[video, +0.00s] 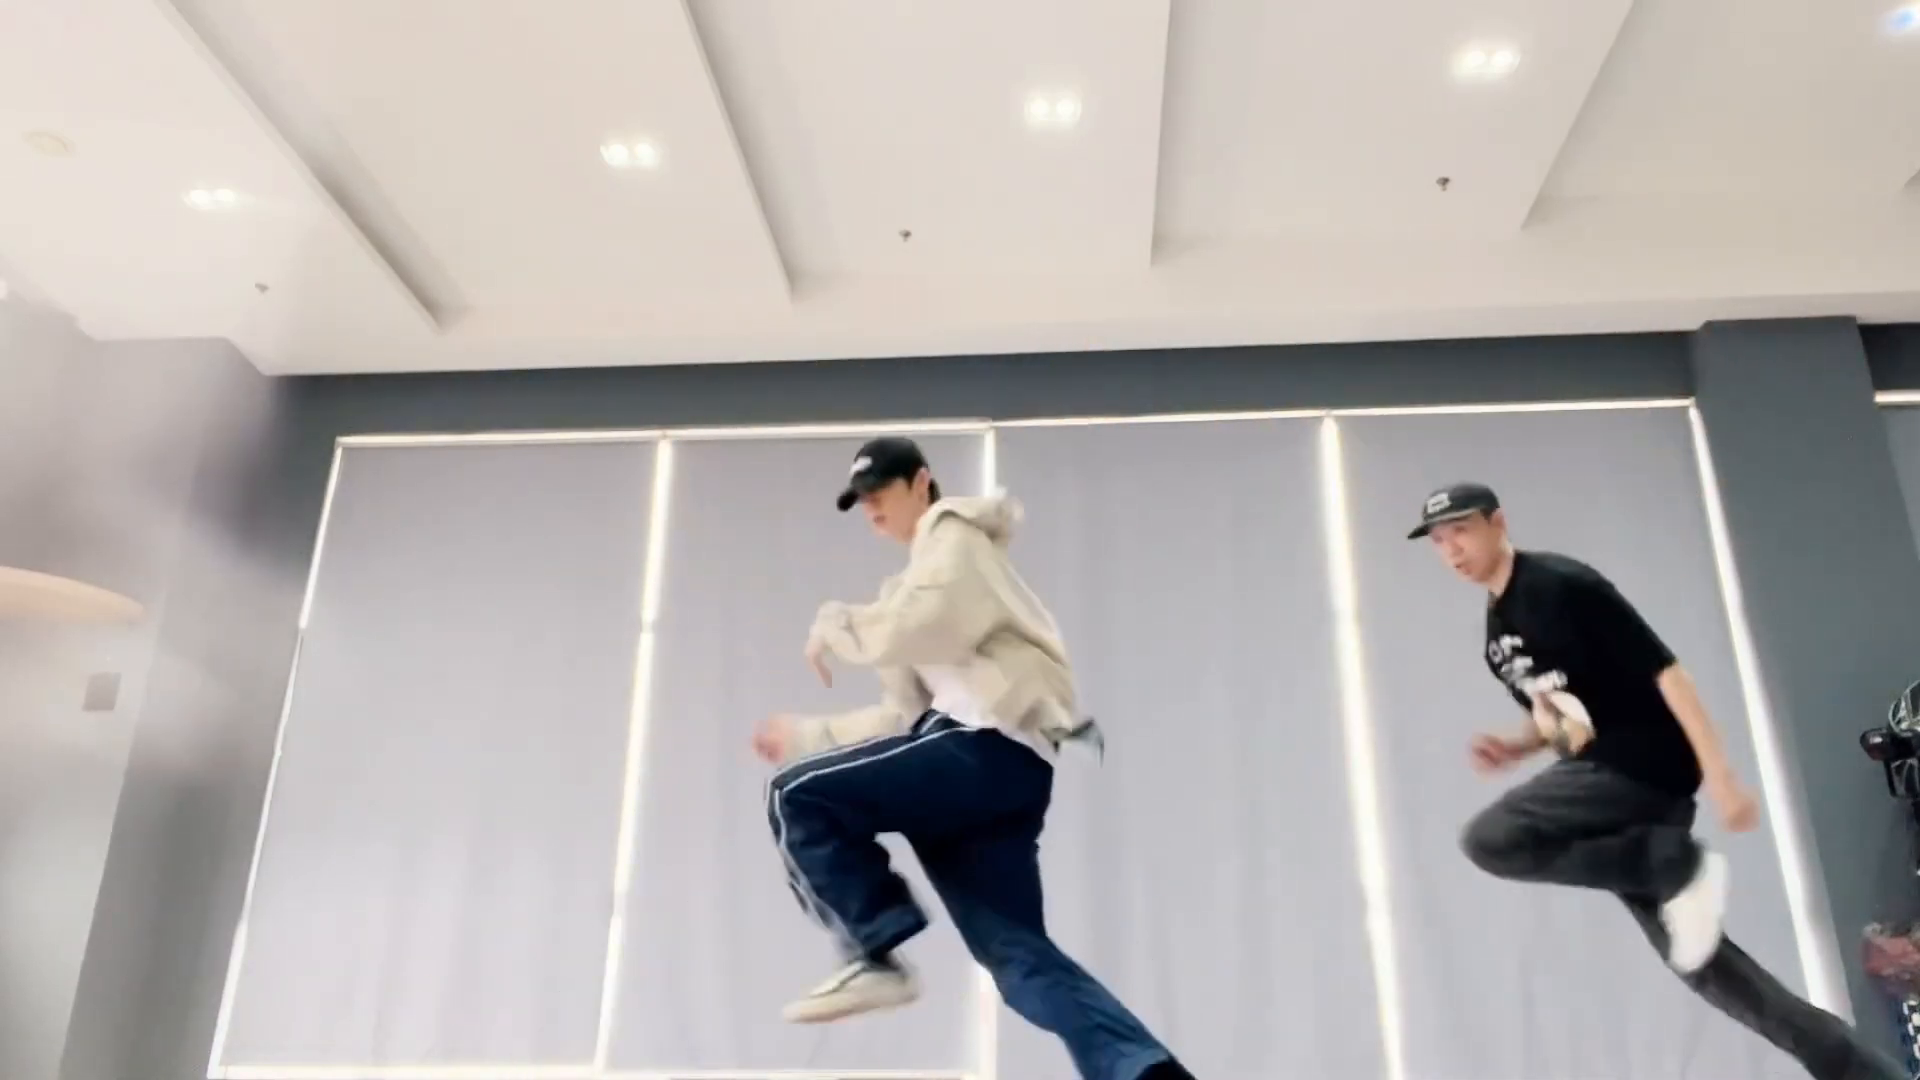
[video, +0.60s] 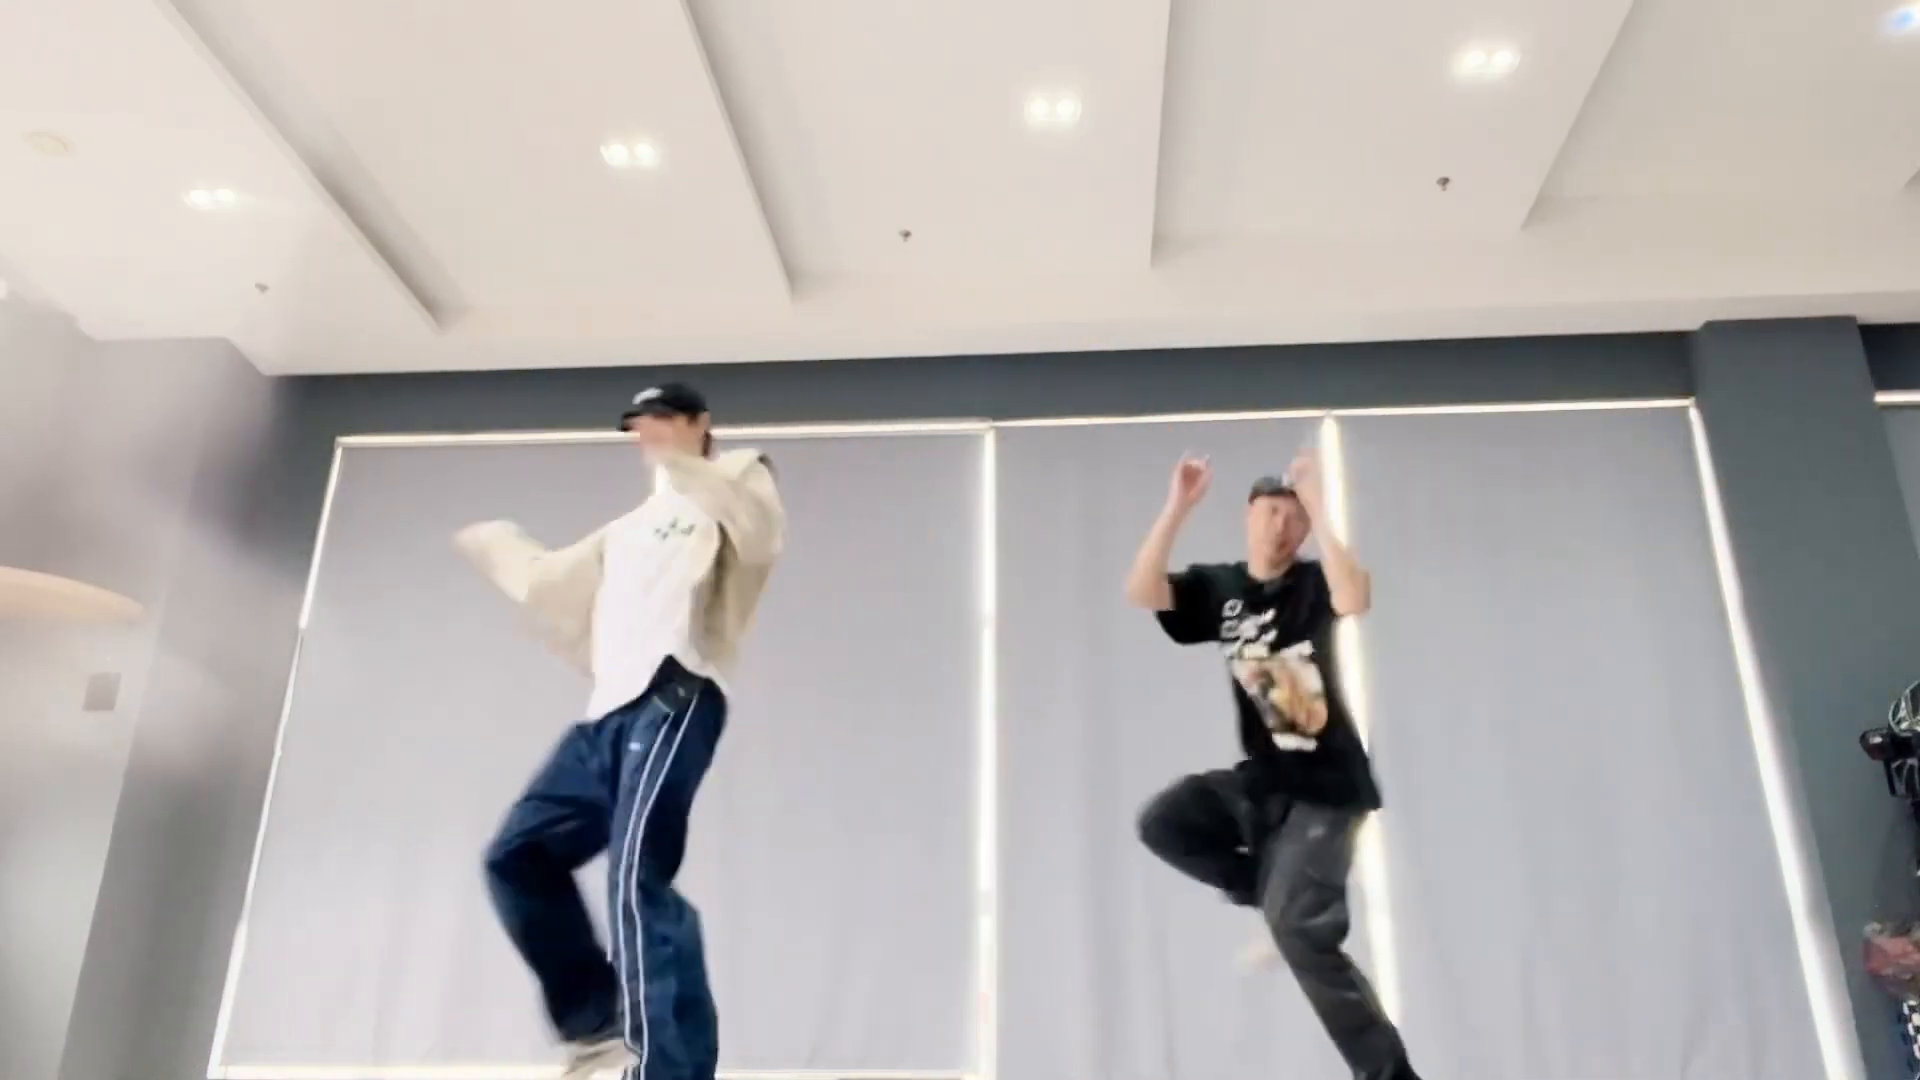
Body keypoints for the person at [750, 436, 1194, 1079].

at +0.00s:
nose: (870, 513)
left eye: (877, 494)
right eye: (862, 503)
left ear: (921, 483)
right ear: (870, 508)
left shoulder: (955, 535)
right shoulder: (915, 581)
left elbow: (931, 619)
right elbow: (907, 714)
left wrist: (835, 626)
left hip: (984, 748)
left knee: (800, 794)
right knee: (1019, 959)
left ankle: (873, 962)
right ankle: (1145, 1068)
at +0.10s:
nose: (845, 489)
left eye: (853, 473)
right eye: (840, 478)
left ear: (894, 464)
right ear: (888, 472)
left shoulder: (908, 508)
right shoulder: (904, 547)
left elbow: (866, 599)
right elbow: (875, 696)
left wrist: (779, 605)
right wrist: (787, 721)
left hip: (947, 739)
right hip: (980, 763)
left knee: (791, 842)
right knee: (1031, 952)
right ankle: (1152, 1065)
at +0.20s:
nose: (809, 454)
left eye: (817, 441)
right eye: (806, 444)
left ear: (856, 438)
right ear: (854, 441)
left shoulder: (863, 491)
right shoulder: (850, 494)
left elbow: (833, 593)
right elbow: (797, 571)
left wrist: (747, 625)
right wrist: (731, 591)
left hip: (882, 713)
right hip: (909, 719)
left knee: (805, 894)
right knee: (998, 891)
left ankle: (688, 1064)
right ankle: (1132, 1047)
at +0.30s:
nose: (773, 440)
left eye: (786, 429)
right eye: (769, 429)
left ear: (821, 437)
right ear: (773, 438)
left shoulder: (806, 493)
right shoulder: (784, 487)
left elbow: (807, 566)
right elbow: (737, 489)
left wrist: (808, 624)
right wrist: (696, 500)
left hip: (813, 701)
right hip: (835, 701)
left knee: (775, 893)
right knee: (905, 877)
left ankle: (694, 1064)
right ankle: (1048, 1008)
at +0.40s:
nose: (732, 437)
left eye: (746, 423)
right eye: (728, 426)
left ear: (785, 428)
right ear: (731, 436)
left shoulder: (783, 495)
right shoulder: (733, 494)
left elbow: (788, 562)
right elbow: (688, 561)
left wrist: (815, 600)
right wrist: (667, 498)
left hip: (758, 698)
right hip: (746, 697)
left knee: (724, 886)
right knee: (784, 890)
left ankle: (683, 1065)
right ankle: (921, 1020)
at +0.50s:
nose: (694, 431)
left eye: (708, 418)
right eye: (687, 422)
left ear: (746, 424)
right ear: (682, 436)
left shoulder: (761, 494)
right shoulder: (674, 509)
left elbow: (769, 610)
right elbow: (595, 573)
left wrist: (779, 532)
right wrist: (624, 476)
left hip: (725, 694)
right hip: (673, 699)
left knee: (681, 867)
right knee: (621, 877)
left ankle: (675, 1064)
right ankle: (760, 999)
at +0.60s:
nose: (645, 431)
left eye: (660, 416)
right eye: (638, 422)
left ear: (700, 426)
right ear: (635, 437)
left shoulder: (739, 478)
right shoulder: (628, 529)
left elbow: (759, 534)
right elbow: (548, 585)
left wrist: (675, 458)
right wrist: (494, 540)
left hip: (675, 702)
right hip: (606, 716)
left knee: (637, 879)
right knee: (518, 859)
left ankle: (672, 1066)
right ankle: (595, 1030)